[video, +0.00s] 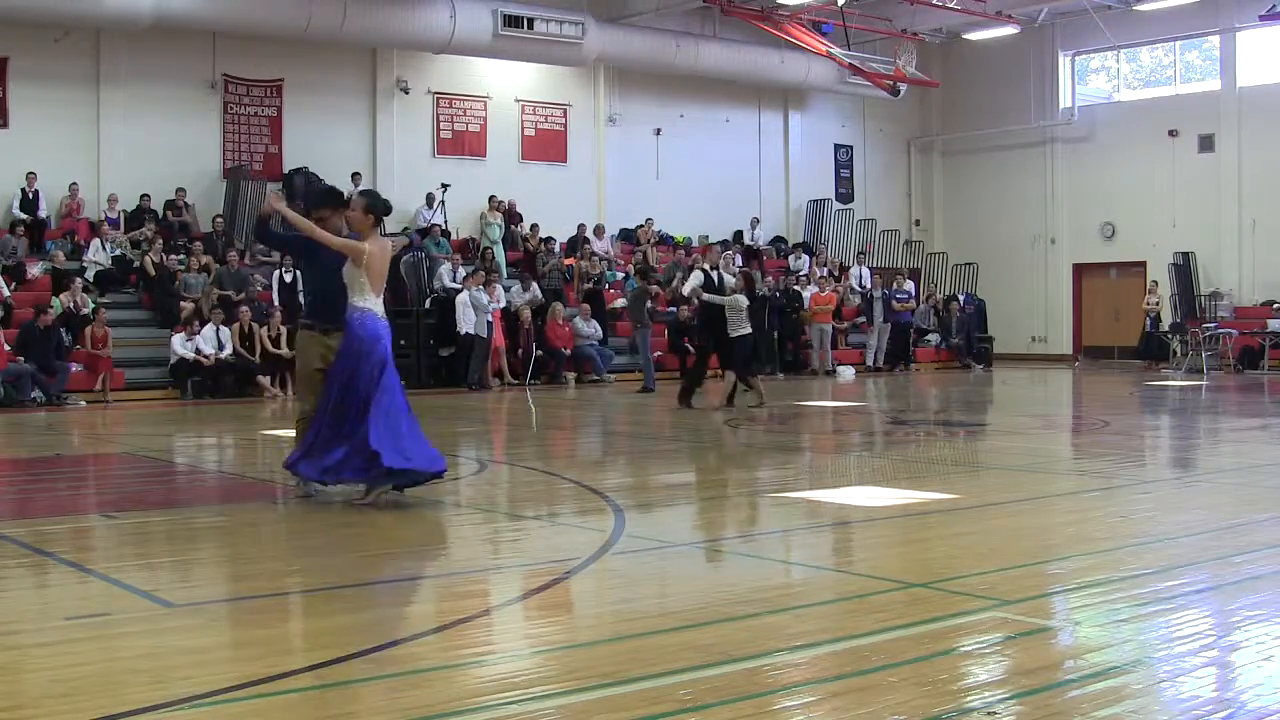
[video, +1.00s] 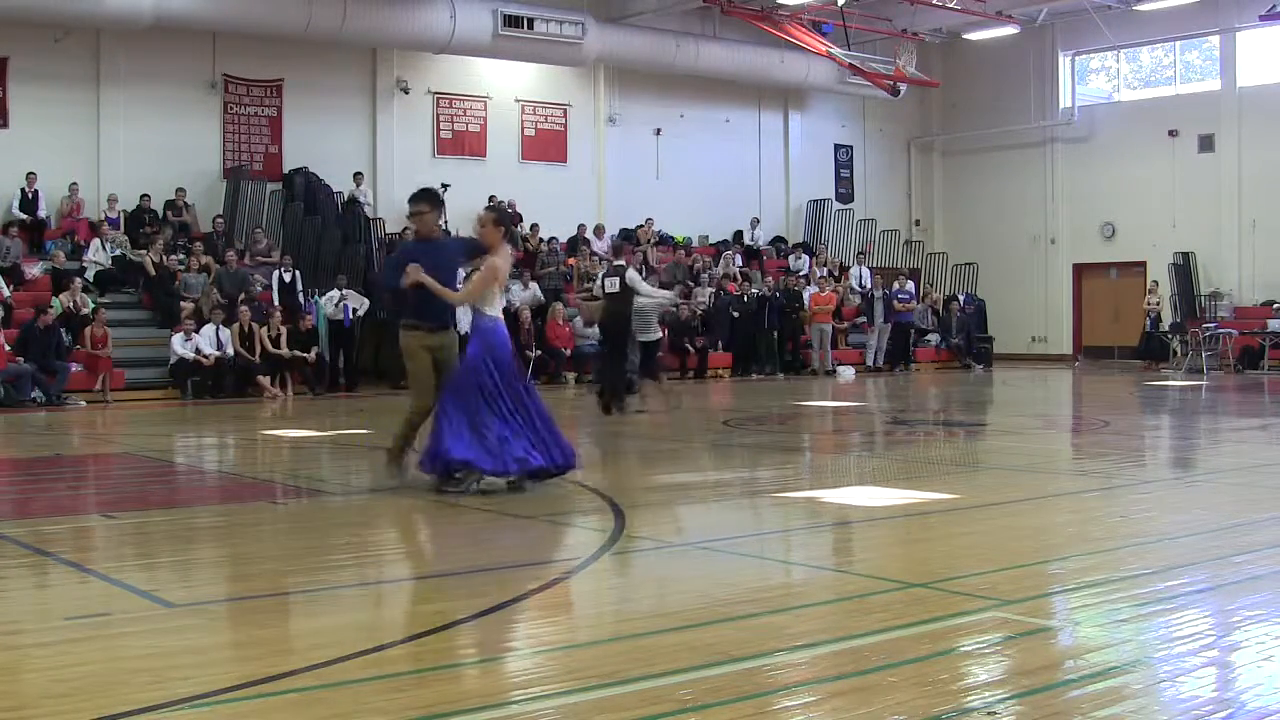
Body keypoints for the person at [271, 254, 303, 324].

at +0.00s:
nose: (287, 262)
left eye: (289, 260)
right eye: (285, 260)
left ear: (292, 262)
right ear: (282, 262)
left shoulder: (297, 273)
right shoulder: (277, 273)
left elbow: (300, 289)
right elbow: (275, 290)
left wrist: (301, 303)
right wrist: (276, 304)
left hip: (294, 304)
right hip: (282, 304)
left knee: (293, 326)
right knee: (282, 325)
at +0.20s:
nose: (287, 262)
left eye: (289, 260)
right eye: (285, 260)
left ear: (292, 262)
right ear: (282, 262)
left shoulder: (297, 273)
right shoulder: (277, 273)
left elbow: (300, 289)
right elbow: (275, 290)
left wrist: (301, 302)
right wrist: (276, 304)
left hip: (294, 304)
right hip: (282, 304)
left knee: (295, 328)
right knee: (283, 327)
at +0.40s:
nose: (287, 262)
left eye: (289, 260)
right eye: (285, 260)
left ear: (292, 262)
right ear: (282, 262)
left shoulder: (297, 273)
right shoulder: (277, 273)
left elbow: (300, 289)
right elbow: (275, 290)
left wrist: (301, 302)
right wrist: (276, 304)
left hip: (294, 304)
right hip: (282, 304)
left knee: (295, 328)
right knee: (283, 328)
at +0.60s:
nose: (287, 262)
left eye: (289, 260)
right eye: (285, 260)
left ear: (292, 262)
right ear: (282, 262)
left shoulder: (297, 273)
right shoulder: (277, 273)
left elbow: (300, 289)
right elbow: (275, 290)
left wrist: (301, 303)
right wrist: (276, 304)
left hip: (294, 304)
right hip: (282, 304)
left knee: (294, 327)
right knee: (282, 327)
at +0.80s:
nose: (287, 262)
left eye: (289, 260)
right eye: (285, 260)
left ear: (292, 262)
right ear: (282, 261)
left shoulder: (297, 273)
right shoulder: (276, 273)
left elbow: (300, 289)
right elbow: (274, 290)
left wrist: (301, 303)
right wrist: (276, 304)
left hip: (294, 304)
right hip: (282, 304)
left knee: (294, 326)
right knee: (282, 326)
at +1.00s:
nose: (287, 262)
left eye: (289, 260)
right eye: (285, 260)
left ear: (292, 262)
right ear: (281, 261)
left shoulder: (296, 273)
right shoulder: (276, 273)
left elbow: (299, 289)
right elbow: (275, 289)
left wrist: (301, 303)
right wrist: (276, 304)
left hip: (294, 304)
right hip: (282, 303)